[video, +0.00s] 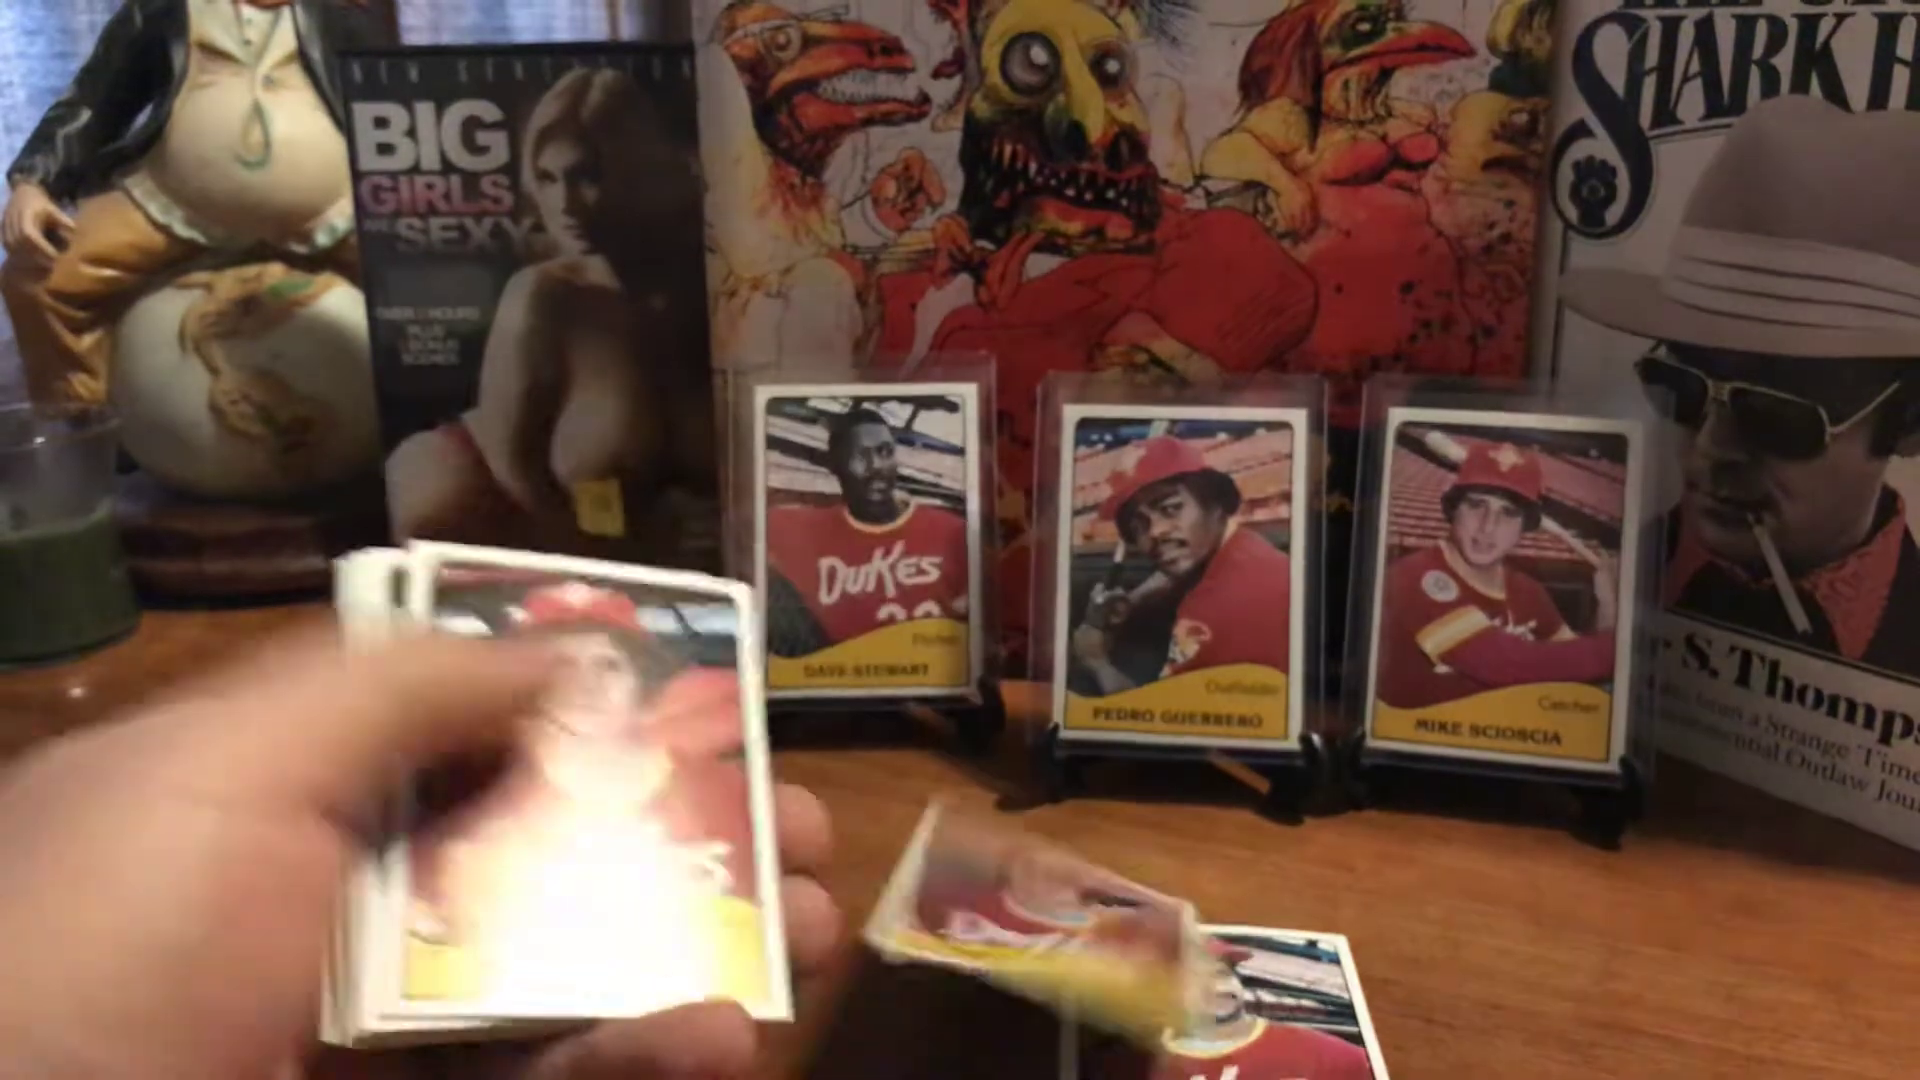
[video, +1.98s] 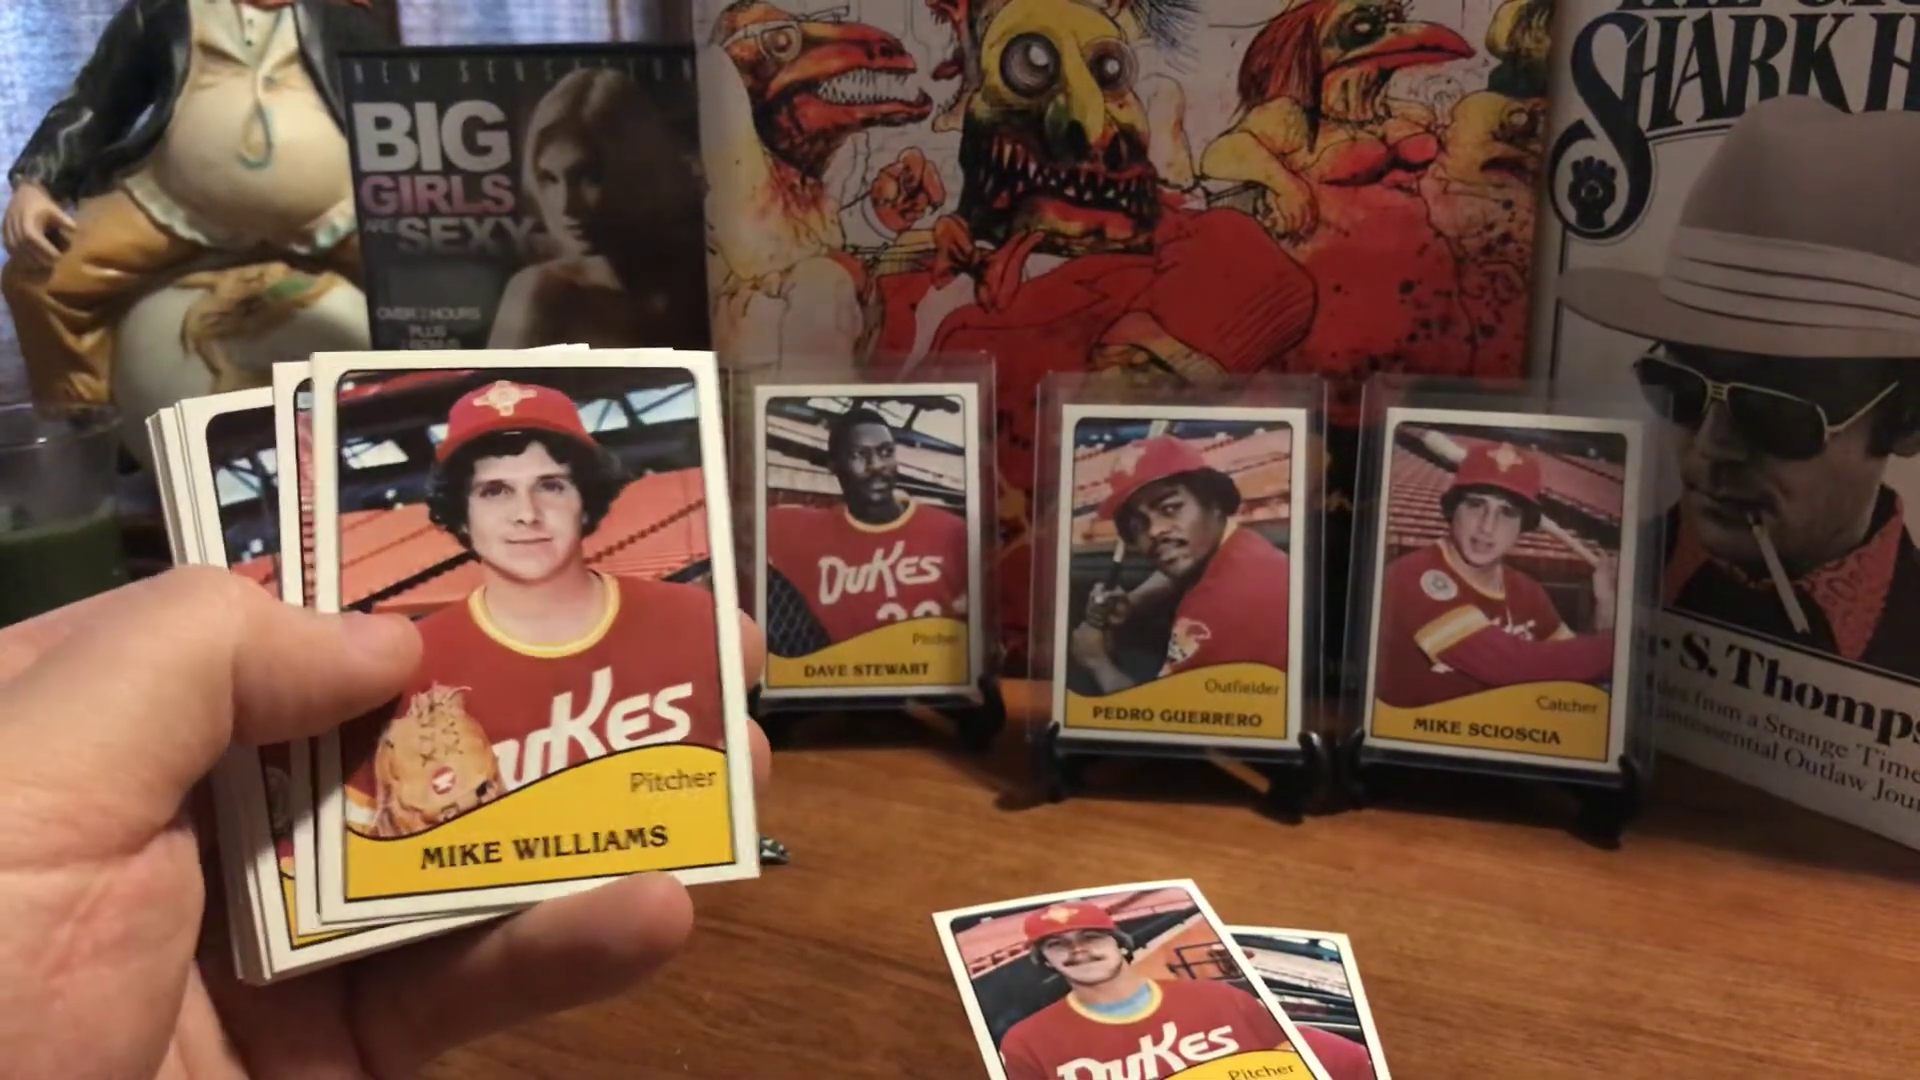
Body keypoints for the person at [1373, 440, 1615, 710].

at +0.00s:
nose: (1487, 525)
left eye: (1507, 513)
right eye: (1476, 505)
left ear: (1524, 526)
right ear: (1453, 510)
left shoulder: (1527, 592)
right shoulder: (1418, 578)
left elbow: (1582, 672)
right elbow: (1502, 665)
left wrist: (1607, 607)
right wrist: (1620, 647)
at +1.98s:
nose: (1487, 526)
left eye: (1506, 513)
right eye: (1476, 505)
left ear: (1522, 527)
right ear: (1452, 509)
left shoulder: (1526, 592)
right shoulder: (1416, 577)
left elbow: (1578, 676)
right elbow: (1506, 665)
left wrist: (1606, 607)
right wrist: (1626, 642)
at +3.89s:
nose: (1484, 524)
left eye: (1504, 510)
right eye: (1473, 503)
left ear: (1520, 525)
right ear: (1450, 508)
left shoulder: (1522, 589)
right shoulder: (1413, 576)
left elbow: (1574, 673)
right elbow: (1507, 663)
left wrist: (1603, 606)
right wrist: (1618, 638)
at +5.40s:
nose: (1483, 526)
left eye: (1503, 513)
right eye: (1473, 505)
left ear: (1518, 528)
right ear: (1449, 509)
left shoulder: (1521, 592)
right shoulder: (1413, 577)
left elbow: (1579, 672)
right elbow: (1501, 664)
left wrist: (1602, 604)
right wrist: (1616, 646)